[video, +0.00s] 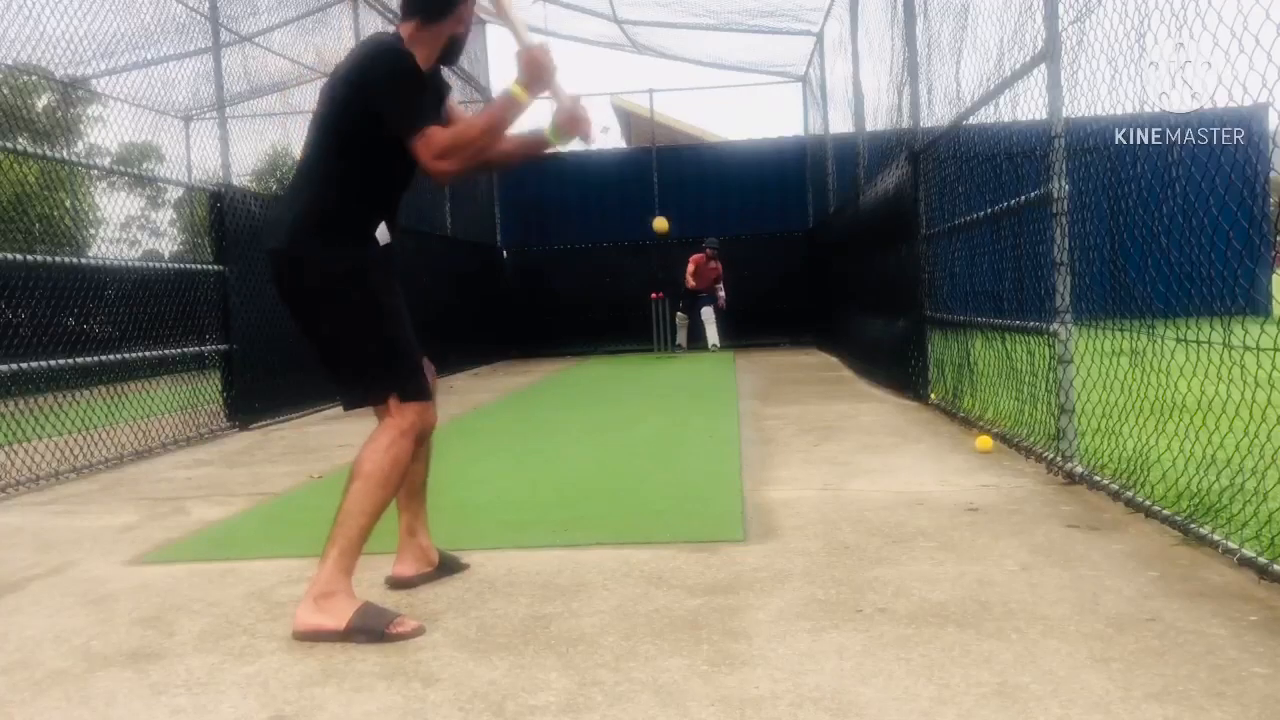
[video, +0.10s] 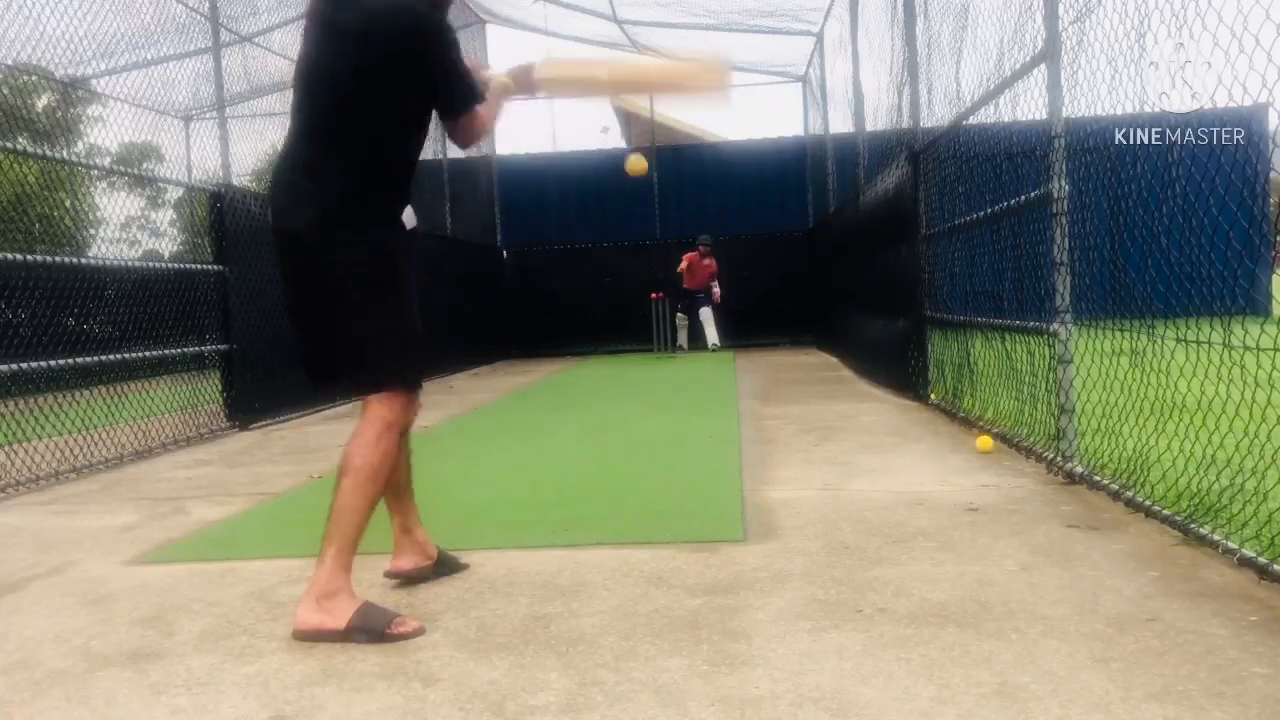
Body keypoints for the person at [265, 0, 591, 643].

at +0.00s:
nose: (470, 28)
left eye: (470, 19)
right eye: (470, 16)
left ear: (412, 15)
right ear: (459, 18)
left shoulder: (414, 75)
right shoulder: (387, 61)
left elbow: (462, 153)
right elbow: (440, 153)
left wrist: (551, 136)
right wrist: (522, 89)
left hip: (347, 250)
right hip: (322, 255)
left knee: (417, 385)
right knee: (407, 412)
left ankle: (416, 551)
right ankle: (326, 596)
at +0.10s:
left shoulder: (331, 7)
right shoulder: (419, 19)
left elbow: (370, 85)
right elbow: (466, 129)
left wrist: (458, 77)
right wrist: (499, 90)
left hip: (303, 209)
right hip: (362, 219)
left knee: (388, 391)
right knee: (391, 400)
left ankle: (412, 542)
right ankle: (327, 595)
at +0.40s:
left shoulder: (349, 13)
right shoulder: (438, 13)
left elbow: (279, 9)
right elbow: (300, 14)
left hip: (310, 214)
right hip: (400, 217)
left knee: (357, 389)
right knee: (365, 399)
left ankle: (402, 536)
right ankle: (324, 597)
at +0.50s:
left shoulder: (348, 11)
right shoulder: (420, 13)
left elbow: (282, 3)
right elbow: (284, 4)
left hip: (300, 214)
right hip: (381, 218)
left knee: (354, 387)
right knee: (357, 400)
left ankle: (395, 533)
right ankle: (324, 597)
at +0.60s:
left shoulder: (349, 5)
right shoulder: (419, 11)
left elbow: (287, 1)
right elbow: (289, 2)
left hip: (299, 198)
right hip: (371, 200)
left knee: (340, 385)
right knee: (354, 400)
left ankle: (391, 532)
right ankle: (324, 597)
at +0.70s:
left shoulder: (345, 6)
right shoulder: (420, 12)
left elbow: (284, 1)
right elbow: (287, 3)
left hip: (301, 202)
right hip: (367, 205)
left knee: (341, 383)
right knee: (356, 397)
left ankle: (391, 533)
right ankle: (324, 597)